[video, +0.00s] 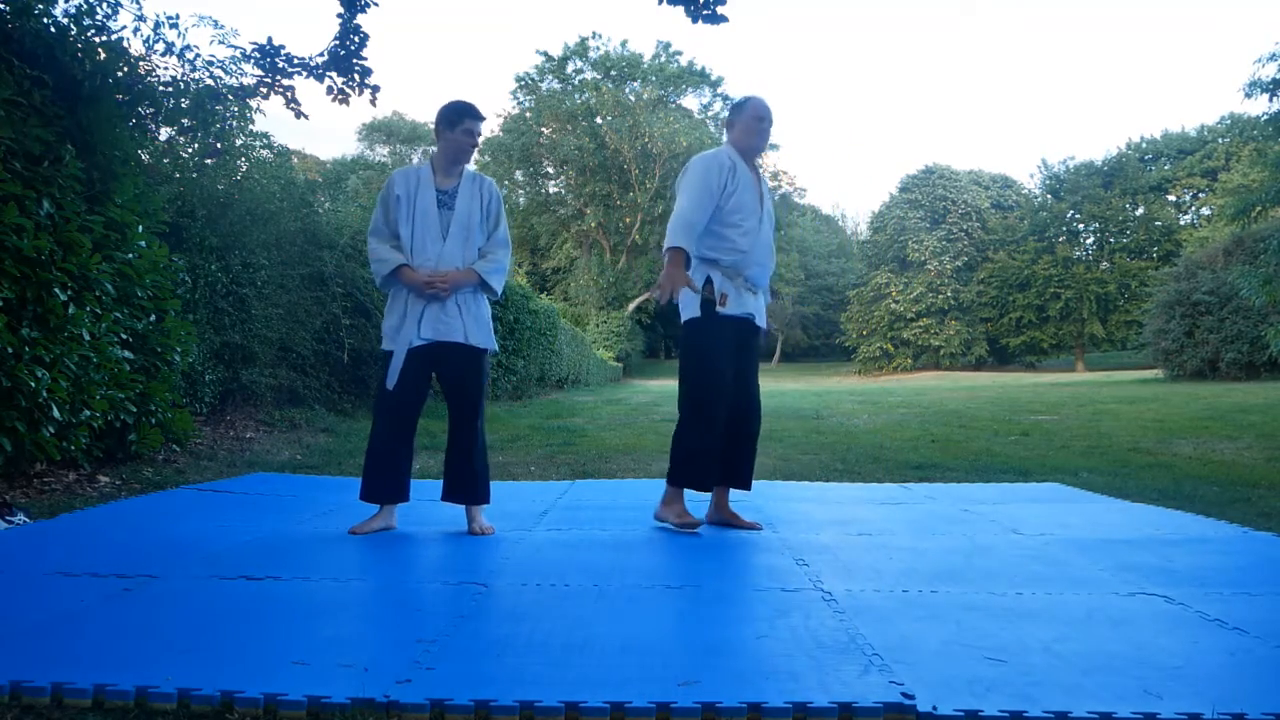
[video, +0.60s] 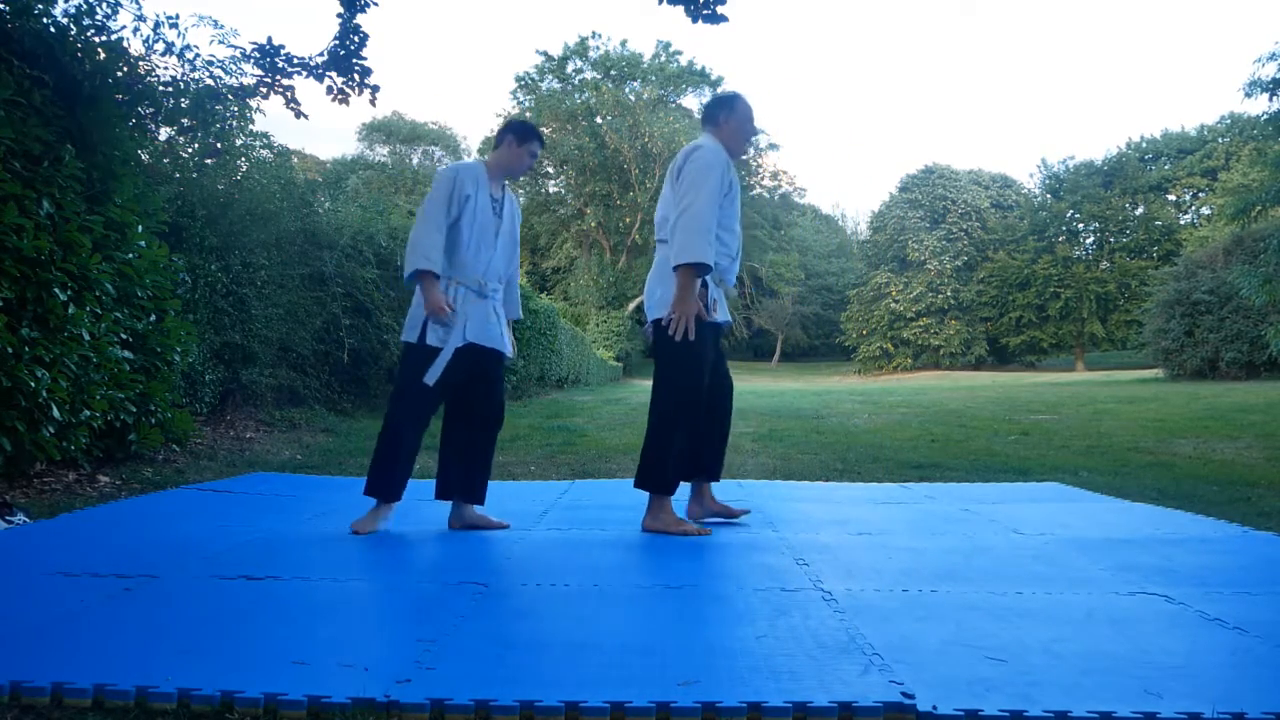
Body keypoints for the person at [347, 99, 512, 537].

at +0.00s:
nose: (475, 142)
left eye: (478, 135)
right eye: (468, 133)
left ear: (477, 139)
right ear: (441, 133)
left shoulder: (486, 191)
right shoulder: (401, 182)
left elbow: (499, 255)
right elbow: (378, 244)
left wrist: (462, 277)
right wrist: (410, 276)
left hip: (466, 322)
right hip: (411, 320)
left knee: (469, 419)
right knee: (394, 415)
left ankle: (475, 511)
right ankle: (387, 511)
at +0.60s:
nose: (532, 165)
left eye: (536, 159)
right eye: (530, 155)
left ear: (517, 152)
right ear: (508, 142)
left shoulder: (511, 204)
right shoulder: (456, 176)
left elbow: (510, 269)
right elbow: (427, 233)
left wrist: (507, 325)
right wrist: (430, 288)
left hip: (488, 320)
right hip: (441, 309)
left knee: (483, 413)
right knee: (409, 407)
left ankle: (464, 508)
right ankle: (384, 503)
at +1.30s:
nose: (597, 164)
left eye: (602, 157)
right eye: (596, 153)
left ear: (576, 145)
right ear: (575, 141)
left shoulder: (556, 185)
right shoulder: (547, 174)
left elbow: (545, 253)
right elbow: (553, 232)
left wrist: (561, 294)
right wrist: (607, 263)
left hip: (529, 302)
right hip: (527, 302)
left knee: (507, 404)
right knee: (542, 406)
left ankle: (467, 501)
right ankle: (555, 512)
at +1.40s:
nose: (611, 164)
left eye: (615, 158)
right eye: (612, 154)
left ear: (590, 141)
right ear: (592, 140)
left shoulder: (562, 176)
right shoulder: (565, 176)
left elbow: (584, 248)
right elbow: (583, 237)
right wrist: (647, 273)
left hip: (535, 302)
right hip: (540, 306)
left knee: (517, 403)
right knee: (549, 408)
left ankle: (472, 494)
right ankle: (557, 513)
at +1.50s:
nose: (622, 168)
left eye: (626, 160)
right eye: (623, 157)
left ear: (598, 142)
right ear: (604, 142)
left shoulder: (564, 173)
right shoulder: (576, 176)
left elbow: (592, 251)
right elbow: (594, 240)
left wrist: (641, 277)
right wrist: (654, 271)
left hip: (536, 304)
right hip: (545, 308)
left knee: (526, 404)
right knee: (554, 409)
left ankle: (481, 488)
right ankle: (557, 513)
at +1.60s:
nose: (631, 173)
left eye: (636, 165)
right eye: (634, 162)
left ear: (608, 144)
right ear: (618, 147)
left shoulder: (567, 172)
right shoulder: (587, 176)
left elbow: (592, 254)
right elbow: (597, 243)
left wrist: (639, 278)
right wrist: (653, 274)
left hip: (536, 303)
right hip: (554, 308)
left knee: (532, 404)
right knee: (562, 410)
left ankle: (500, 490)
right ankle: (557, 513)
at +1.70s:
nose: (632, 173)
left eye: (636, 165)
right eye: (635, 163)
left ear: (610, 143)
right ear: (623, 148)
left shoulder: (567, 171)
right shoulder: (592, 177)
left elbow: (563, 243)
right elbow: (594, 244)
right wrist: (644, 278)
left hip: (537, 300)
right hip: (559, 307)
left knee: (535, 402)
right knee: (565, 409)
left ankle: (516, 494)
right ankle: (559, 514)